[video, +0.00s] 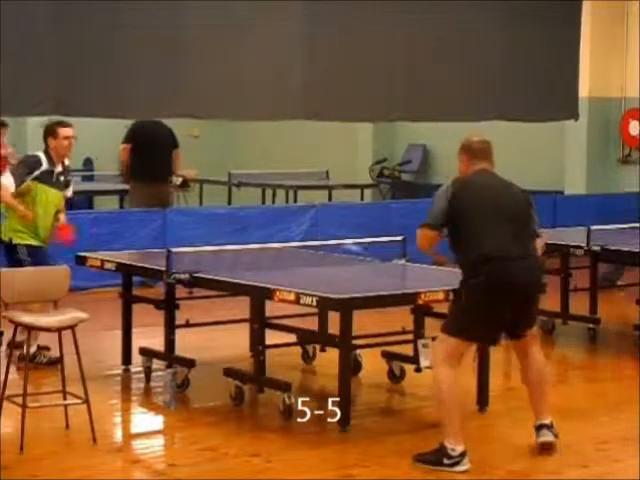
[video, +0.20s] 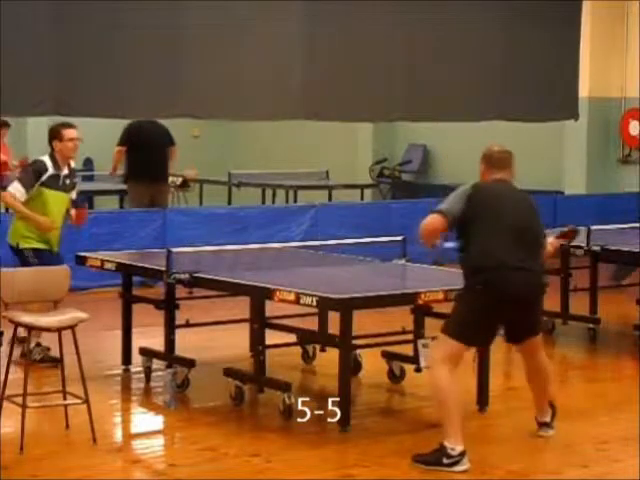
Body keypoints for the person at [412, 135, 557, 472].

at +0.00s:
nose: (458, 168)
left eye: (458, 163)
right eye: (460, 163)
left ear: (464, 161)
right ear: (492, 161)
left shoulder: (455, 189)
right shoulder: (518, 192)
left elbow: (425, 240)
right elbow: (536, 245)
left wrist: (445, 260)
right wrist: (516, 268)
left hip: (483, 279)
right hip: (527, 277)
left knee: (445, 359)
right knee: (528, 345)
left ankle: (453, 448)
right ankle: (545, 424)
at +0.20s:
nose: (479, 176)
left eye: (479, 171)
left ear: (483, 170)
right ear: (512, 172)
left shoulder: (471, 192)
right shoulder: (526, 201)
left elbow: (429, 228)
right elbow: (545, 250)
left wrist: (431, 238)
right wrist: (546, 246)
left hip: (485, 286)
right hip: (529, 285)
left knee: (442, 359)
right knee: (533, 348)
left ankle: (453, 448)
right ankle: (545, 416)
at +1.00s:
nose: (482, 167)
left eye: (483, 162)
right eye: (483, 162)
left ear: (489, 162)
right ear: (514, 163)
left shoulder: (492, 191)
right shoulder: (535, 193)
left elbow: (473, 242)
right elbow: (538, 243)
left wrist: (453, 246)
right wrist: (494, 258)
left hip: (522, 283)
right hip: (558, 280)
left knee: (486, 358)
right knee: (544, 341)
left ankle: (509, 443)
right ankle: (551, 414)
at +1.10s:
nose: (478, 167)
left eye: (478, 162)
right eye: (479, 161)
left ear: (485, 161)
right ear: (511, 162)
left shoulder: (485, 191)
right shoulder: (534, 193)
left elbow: (466, 242)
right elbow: (543, 239)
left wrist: (447, 246)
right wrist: (492, 253)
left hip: (517, 285)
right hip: (557, 282)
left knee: (475, 359)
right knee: (549, 344)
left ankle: (508, 443)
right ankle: (555, 415)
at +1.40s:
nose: (467, 194)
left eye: (468, 189)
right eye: (468, 189)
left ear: (476, 189)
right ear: (502, 188)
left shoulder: (476, 220)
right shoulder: (527, 218)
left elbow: (461, 273)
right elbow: (560, 276)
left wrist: (439, 271)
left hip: (512, 305)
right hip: (554, 301)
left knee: (459, 375)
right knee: (550, 358)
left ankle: (462, 461)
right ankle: (571, 434)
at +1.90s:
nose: (490, 156)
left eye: (491, 151)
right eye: (493, 151)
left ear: (497, 156)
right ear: (524, 157)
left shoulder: (504, 198)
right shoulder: (534, 193)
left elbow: (488, 250)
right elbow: (503, 226)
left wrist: (443, 242)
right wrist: (457, 212)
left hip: (501, 306)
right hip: (535, 302)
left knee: (452, 370)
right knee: (538, 362)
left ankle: (460, 462)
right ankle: (570, 434)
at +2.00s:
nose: (484, 160)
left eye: (486, 155)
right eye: (487, 154)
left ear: (491, 160)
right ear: (519, 160)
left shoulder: (497, 203)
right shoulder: (533, 196)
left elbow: (476, 256)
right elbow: (516, 241)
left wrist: (435, 248)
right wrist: (471, 228)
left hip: (498, 309)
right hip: (534, 305)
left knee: (449, 368)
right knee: (537, 363)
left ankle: (463, 461)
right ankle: (570, 434)